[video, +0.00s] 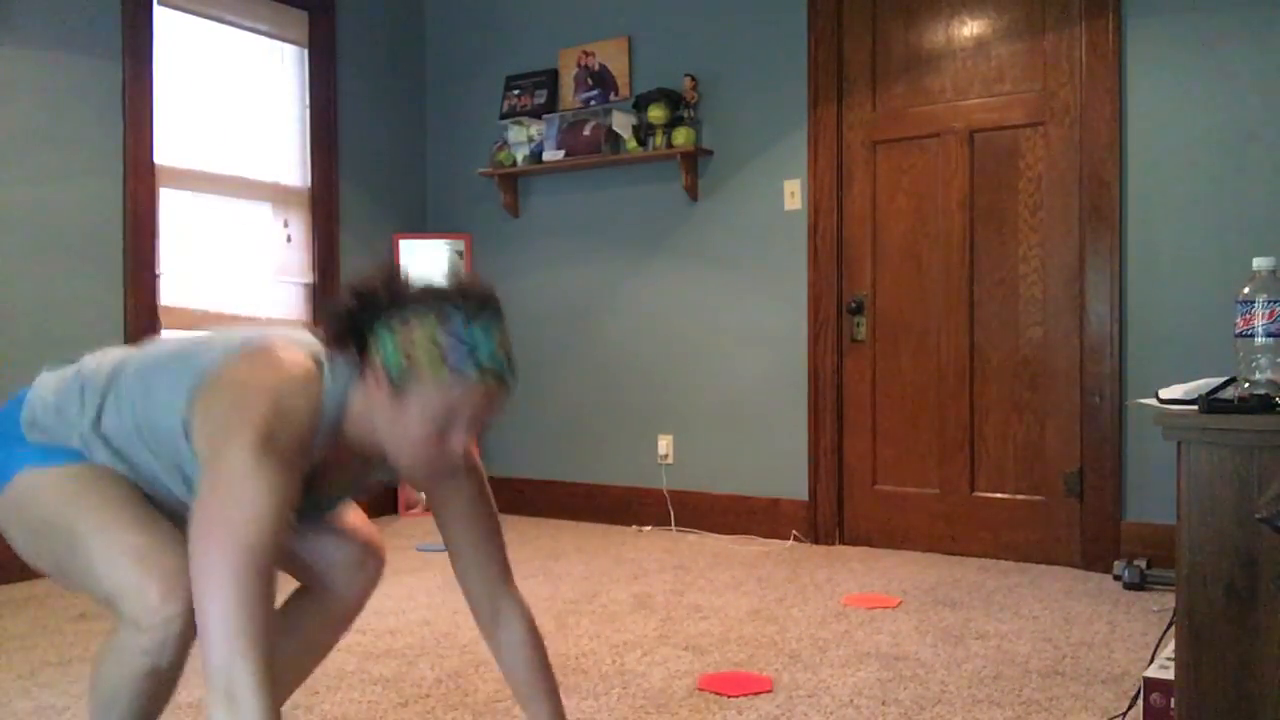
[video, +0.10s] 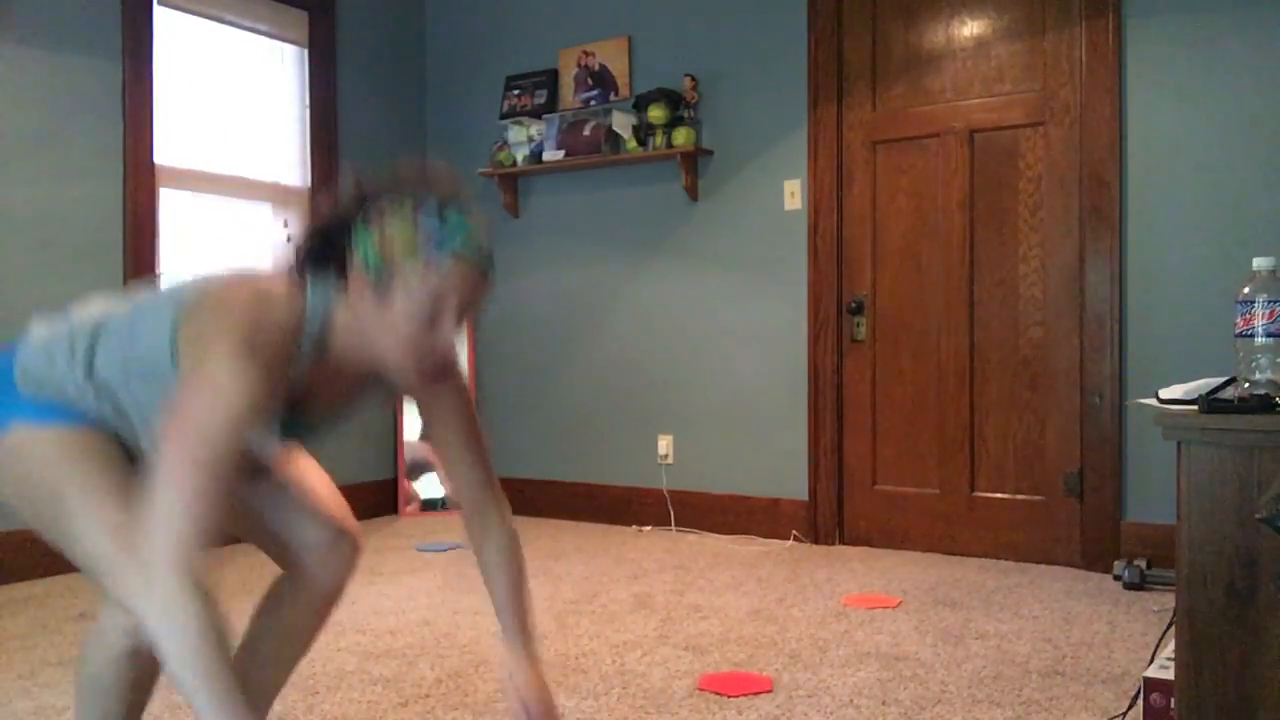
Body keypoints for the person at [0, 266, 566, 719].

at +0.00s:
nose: (468, 449)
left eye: (477, 426)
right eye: (452, 424)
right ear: (382, 382)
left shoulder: (430, 433)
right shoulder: (265, 400)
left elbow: (498, 604)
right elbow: (234, 688)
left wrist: (550, 716)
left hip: (175, 455)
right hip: (45, 442)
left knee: (351, 563)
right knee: (165, 601)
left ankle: (242, 714)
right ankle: (111, 715)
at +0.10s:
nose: (450, 343)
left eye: (463, 318)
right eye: (436, 313)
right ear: (366, 284)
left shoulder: (411, 346)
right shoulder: (251, 329)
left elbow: (486, 512)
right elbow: (162, 574)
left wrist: (522, 660)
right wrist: (224, 710)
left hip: (175, 411)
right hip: (45, 399)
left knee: (328, 549)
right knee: (146, 607)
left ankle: (239, 706)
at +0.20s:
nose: (450, 209)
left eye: (461, 185)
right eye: (430, 181)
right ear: (359, 167)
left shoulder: (420, 274)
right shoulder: (240, 236)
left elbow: (444, 399)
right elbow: (49, 409)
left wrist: (451, 503)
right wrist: (144, 593)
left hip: (185, 356)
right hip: (48, 342)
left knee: (299, 531)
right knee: (138, 546)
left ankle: (234, 714)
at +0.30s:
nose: (442, 94)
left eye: (451, 70)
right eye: (419, 65)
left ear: (461, 78)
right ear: (348, 58)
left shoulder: (409, 194)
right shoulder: (230, 149)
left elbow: (377, 299)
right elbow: (29, 296)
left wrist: (382, 426)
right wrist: (78, 482)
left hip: (209, 343)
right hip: (84, 323)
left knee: (277, 520)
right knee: (139, 530)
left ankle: (228, 716)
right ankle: (98, 713)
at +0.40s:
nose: (421, 13)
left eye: (428, 1)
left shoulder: (396, 150)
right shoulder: (202, 101)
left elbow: (355, 295)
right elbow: (72, 288)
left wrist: (363, 424)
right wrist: (162, 464)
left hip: (223, 343)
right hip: (80, 320)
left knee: (280, 539)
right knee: (164, 541)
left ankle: (229, 713)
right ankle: (102, 711)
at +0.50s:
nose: (367, 2)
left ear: (358, 11)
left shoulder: (377, 118)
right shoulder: (178, 60)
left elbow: (428, 265)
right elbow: (160, 242)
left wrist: (462, 276)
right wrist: (273, 292)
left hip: (236, 361)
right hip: (95, 342)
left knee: (308, 558)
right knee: (205, 574)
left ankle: (234, 717)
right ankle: (122, 713)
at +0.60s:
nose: (293, 11)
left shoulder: (361, 20)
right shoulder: (175, 10)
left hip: (248, 313)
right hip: (110, 295)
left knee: (306, 544)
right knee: (182, 550)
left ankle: (236, 716)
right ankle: (116, 713)